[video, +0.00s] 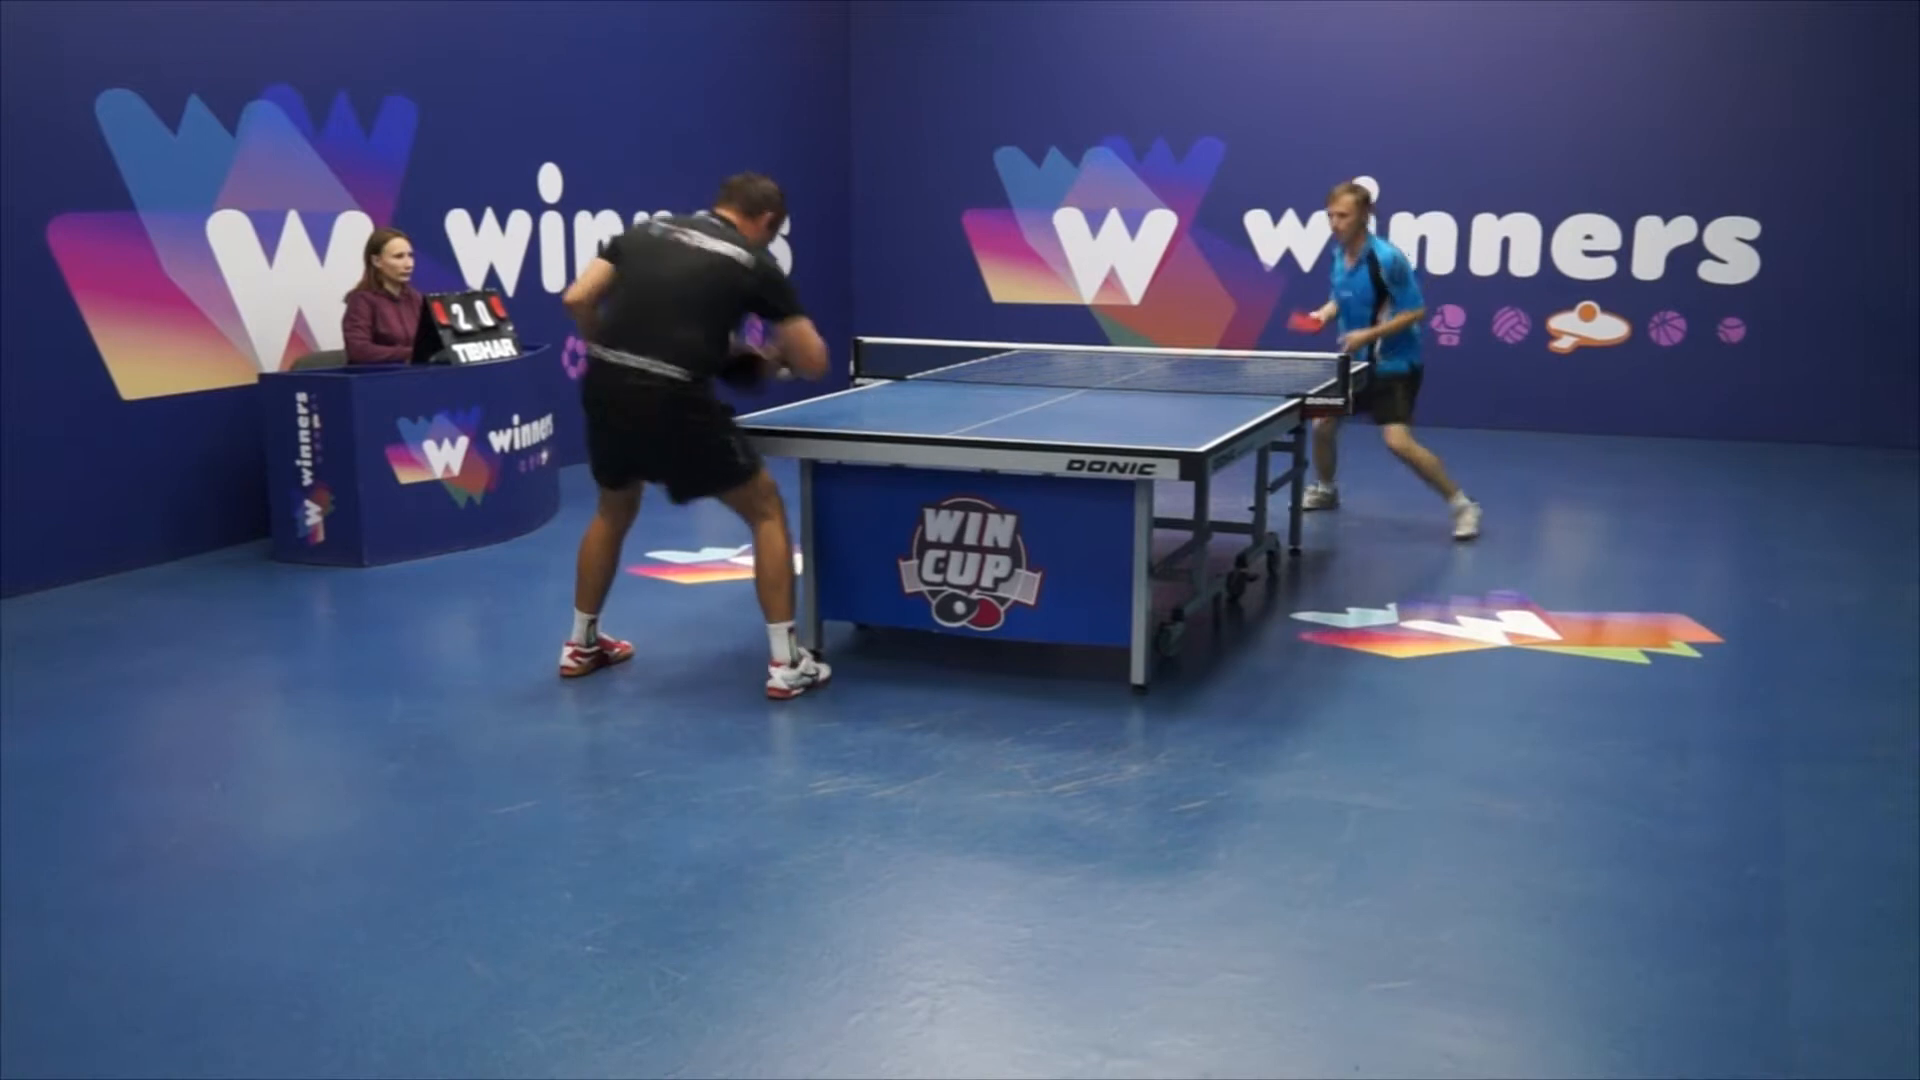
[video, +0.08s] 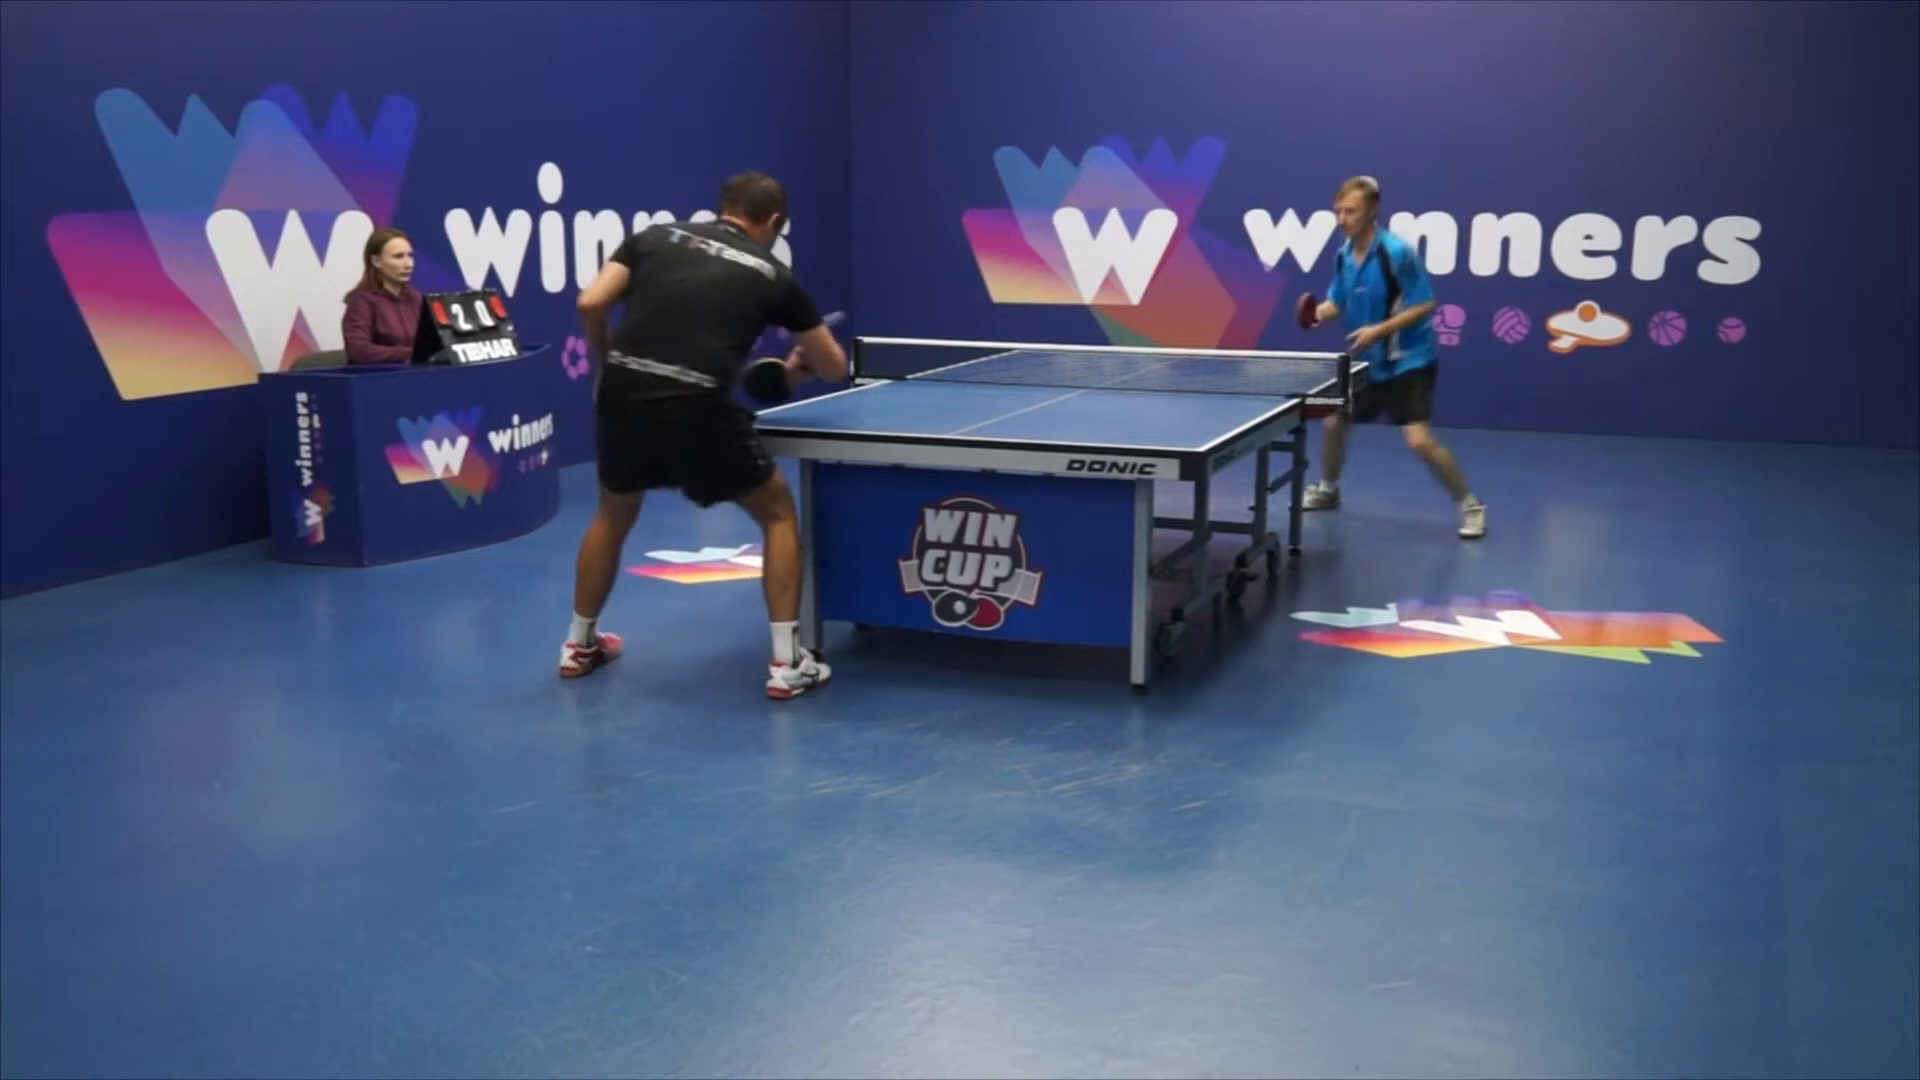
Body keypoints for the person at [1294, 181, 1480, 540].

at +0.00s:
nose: (1335, 223)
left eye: (1343, 216)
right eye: (1332, 216)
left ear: (1364, 217)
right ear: (1328, 216)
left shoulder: (1387, 257)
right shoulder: (1337, 254)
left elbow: (1415, 310)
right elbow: (1342, 297)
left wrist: (1368, 334)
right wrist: (1323, 314)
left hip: (1395, 364)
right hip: (1356, 361)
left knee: (1397, 440)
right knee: (1322, 425)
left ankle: (1462, 505)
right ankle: (1325, 489)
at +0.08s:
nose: (1342, 219)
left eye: (1350, 212)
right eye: (1339, 211)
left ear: (1371, 212)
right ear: (1337, 212)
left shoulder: (1398, 251)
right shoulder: (1345, 253)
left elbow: (1424, 303)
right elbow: (1338, 302)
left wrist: (1378, 329)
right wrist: (1315, 314)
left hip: (1410, 360)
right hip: (1369, 362)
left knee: (1418, 440)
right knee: (1333, 422)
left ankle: (1470, 505)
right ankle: (1327, 489)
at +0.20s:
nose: (1356, 207)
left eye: (1364, 200)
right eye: (1352, 201)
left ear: (1386, 201)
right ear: (1351, 203)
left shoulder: (1414, 238)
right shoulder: (1361, 247)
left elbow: (1447, 286)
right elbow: (1357, 298)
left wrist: (1404, 318)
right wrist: (1329, 317)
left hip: (1440, 344)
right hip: (1400, 348)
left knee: (1450, 424)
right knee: (1361, 415)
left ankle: (1506, 500)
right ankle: (1363, 490)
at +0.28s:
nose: (1368, 213)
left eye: (1375, 206)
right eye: (1364, 207)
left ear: (1397, 207)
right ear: (1362, 208)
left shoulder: (1423, 244)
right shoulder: (1376, 252)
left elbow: (1458, 293)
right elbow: (1381, 304)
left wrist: (1415, 329)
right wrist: (1349, 329)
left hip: (1452, 351)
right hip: (1412, 355)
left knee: (1475, 429)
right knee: (1374, 425)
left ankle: (1529, 511)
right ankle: (1392, 498)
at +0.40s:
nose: (1380, 222)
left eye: (1388, 215)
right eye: (1377, 216)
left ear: (1409, 214)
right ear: (1377, 218)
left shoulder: (1429, 248)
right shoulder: (1400, 257)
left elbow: (1449, 301)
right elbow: (1425, 308)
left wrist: (1407, 336)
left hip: (1481, 353)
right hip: (1445, 359)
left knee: (1493, 442)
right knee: (1413, 427)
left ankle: (1546, 516)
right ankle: (1401, 498)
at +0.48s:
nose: (1387, 229)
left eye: (1394, 221)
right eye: (1383, 222)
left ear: (1416, 220)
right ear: (1384, 222)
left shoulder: (1425, 251)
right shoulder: (1421, 252)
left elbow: (1425, 312)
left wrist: (1412, 328)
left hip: (1496, 348)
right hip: (1469, 355)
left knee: (1486, 443)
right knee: (1425, 429)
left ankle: (1554, 508)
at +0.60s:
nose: (1399, 246)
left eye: (1405, 238)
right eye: (1395, 239)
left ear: (1429, 236)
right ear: (1432, 240)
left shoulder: (1426, 269)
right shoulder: (1465, 262)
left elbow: (1400, 329)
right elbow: (1519, 302)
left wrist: (1420, 340)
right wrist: (1501, 340)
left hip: (1512, 363)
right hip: (1487, 368)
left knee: (1499, 450)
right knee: (1447, 437)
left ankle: (1530, 540)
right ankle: (1466, 508)